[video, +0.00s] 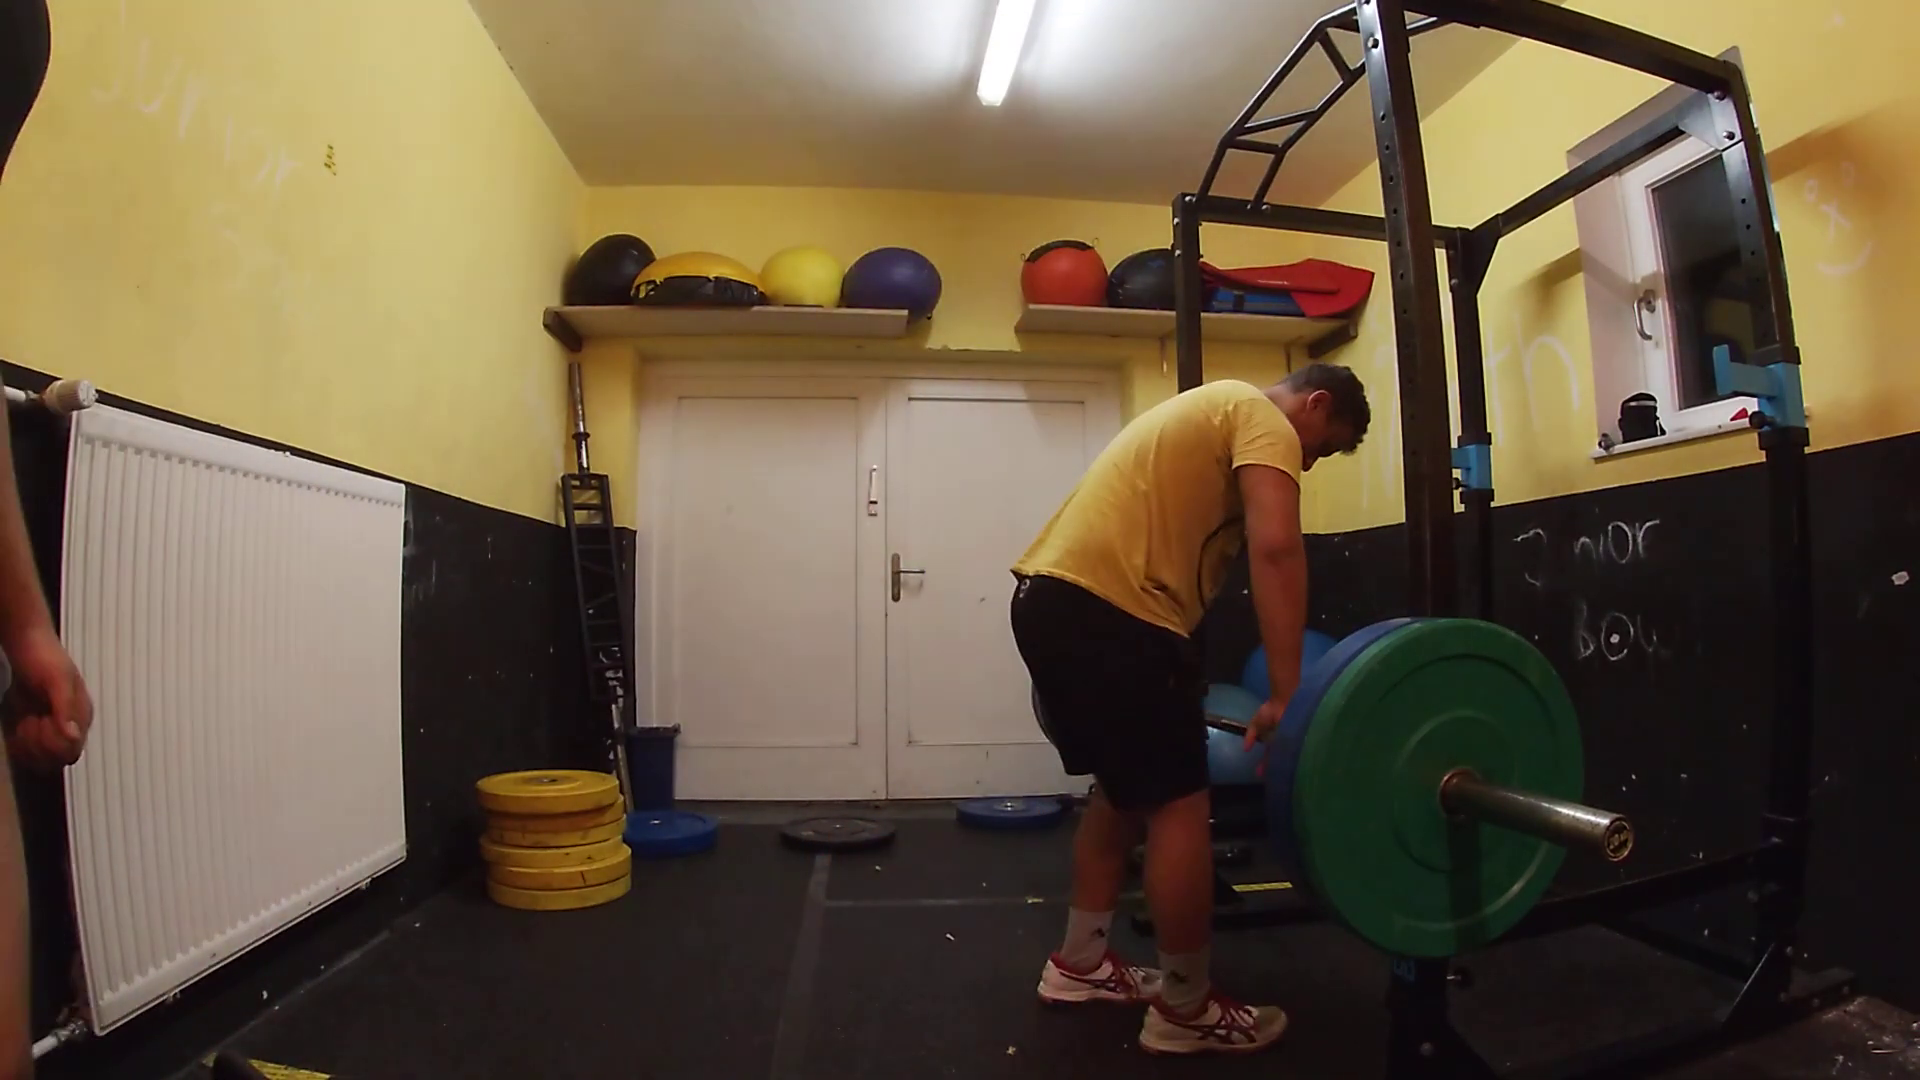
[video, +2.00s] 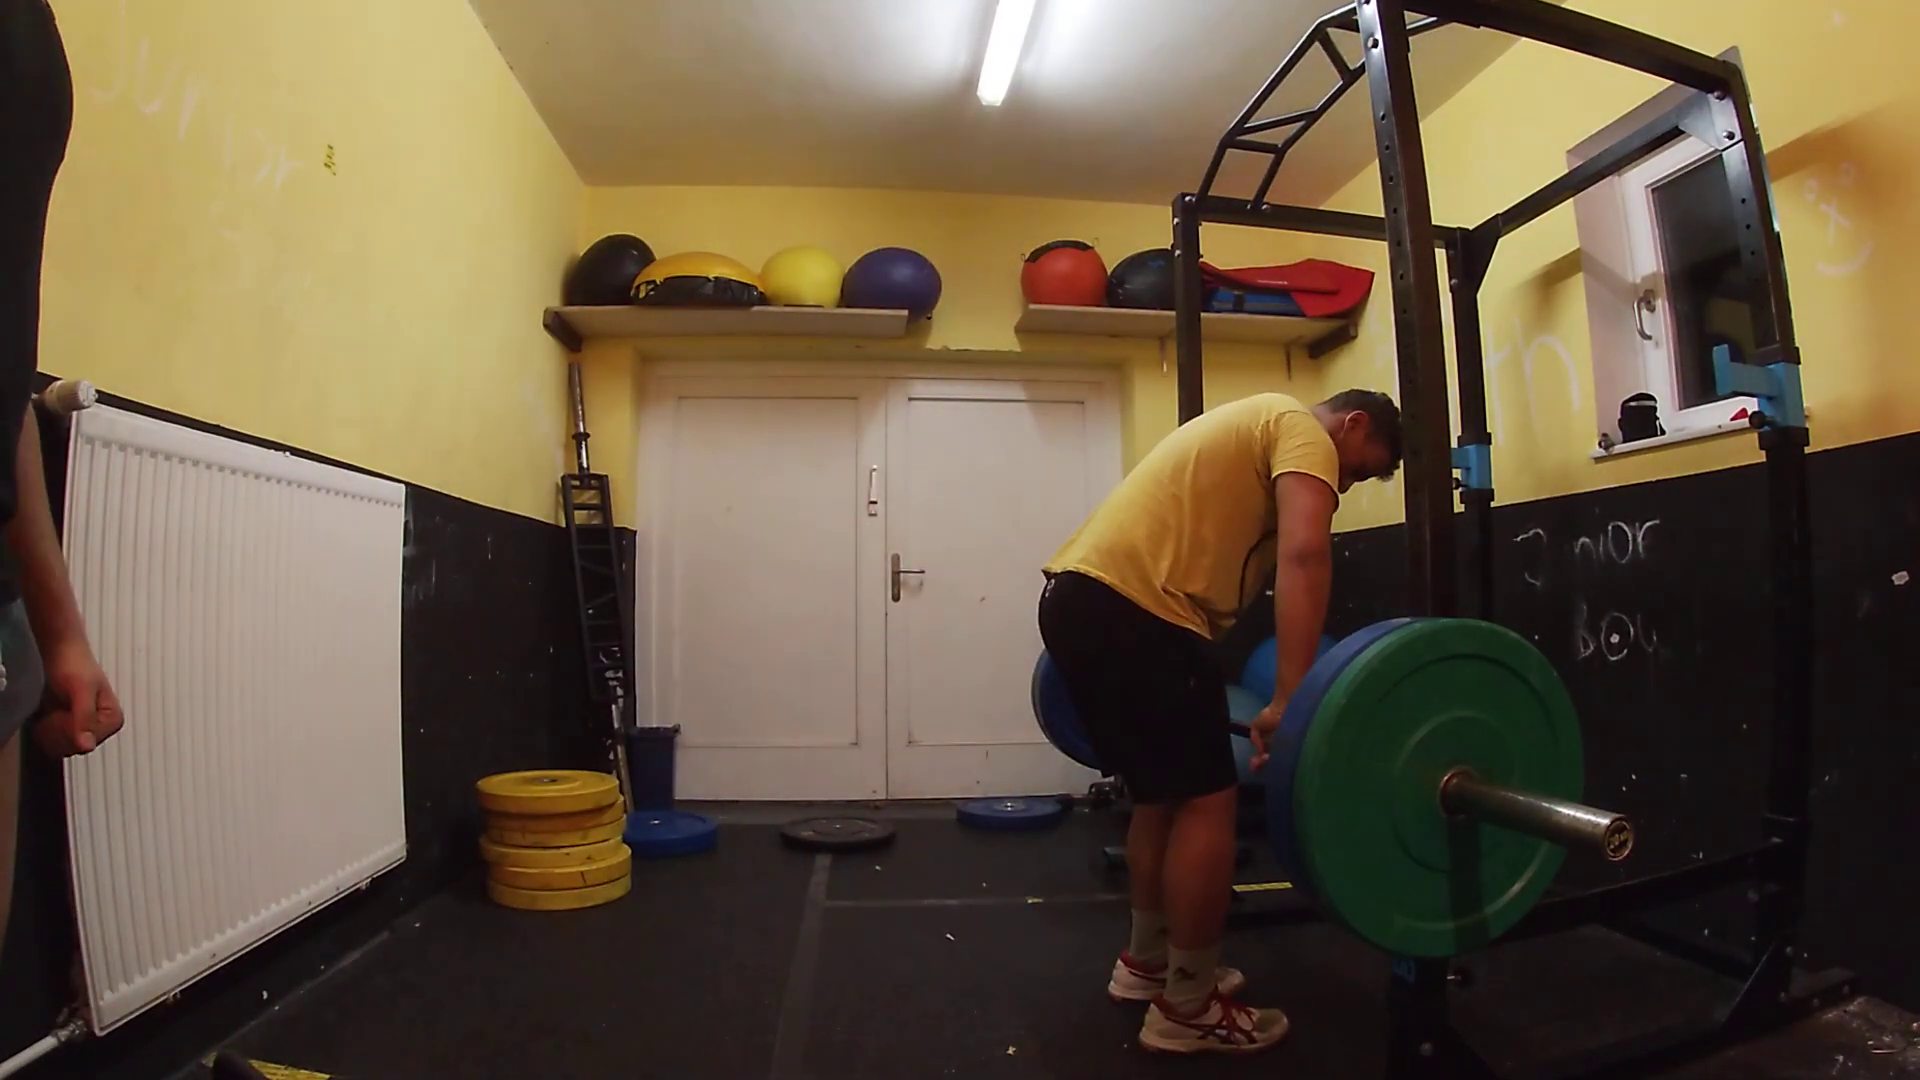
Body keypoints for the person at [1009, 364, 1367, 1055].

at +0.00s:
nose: (1312, 462)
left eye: (1323, 455)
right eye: (1325, 446)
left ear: (1299, 392)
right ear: (1314, 405)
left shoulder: (1204, 410)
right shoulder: (1263, 416)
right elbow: (1275, 546)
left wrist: (1176, 677)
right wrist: (1284, 692)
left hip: (1052, 596)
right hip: (1118, 610)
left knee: (1118, 782)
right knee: (1179, 803)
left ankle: (1079, 958)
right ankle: (1185, 1008)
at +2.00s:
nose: (1355, 483)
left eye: (1367, 478)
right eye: (1368, 468)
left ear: (1346, 417)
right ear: (1354, 424)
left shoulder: (1246, 427)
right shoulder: (1301, 428)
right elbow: (1303, 551)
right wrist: (1289, 697)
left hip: (1083, 592)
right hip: (1139, 607)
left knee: (1157, 792)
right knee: (1208, 800)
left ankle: (1147, 958)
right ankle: (1187, 1007)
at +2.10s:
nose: (1359, 478)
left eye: (1370, 472)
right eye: (1371, 463)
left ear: (1345, 414)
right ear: (1353, 421)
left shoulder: (1249, 428)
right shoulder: (1301, 426)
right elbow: (1303, 550)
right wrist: (1294, 696)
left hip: (1084, 593)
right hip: (1137, 607)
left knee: (1158, 793)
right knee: (1211, 800)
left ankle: (1147, 957)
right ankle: (1189, 1006)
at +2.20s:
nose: (1359, 475)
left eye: (1371, 468)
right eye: (1371, 459)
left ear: (1341, 410)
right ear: (1353, 419)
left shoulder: (1249, 430)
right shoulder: (1302, 426)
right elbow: (1305, 555)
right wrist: (1299, 700)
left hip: (1083, 594)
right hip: (1139, 607)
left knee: (1158, 793)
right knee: (1212, 800)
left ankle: (1147, 958)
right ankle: (1189, 1005)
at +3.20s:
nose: (1186, 285)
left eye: (1185, 271)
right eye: (1179, 268)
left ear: (1119, 269)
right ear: (1142, 263)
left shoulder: (1088, 341)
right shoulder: (1148, 328)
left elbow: (1102, 472)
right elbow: (1195, 446)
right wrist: (1250, 565)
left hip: (1098, 595)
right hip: (1142, 601)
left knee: (1148, 782)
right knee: (1179, 787)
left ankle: (1146, 960)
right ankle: (1107, 994)